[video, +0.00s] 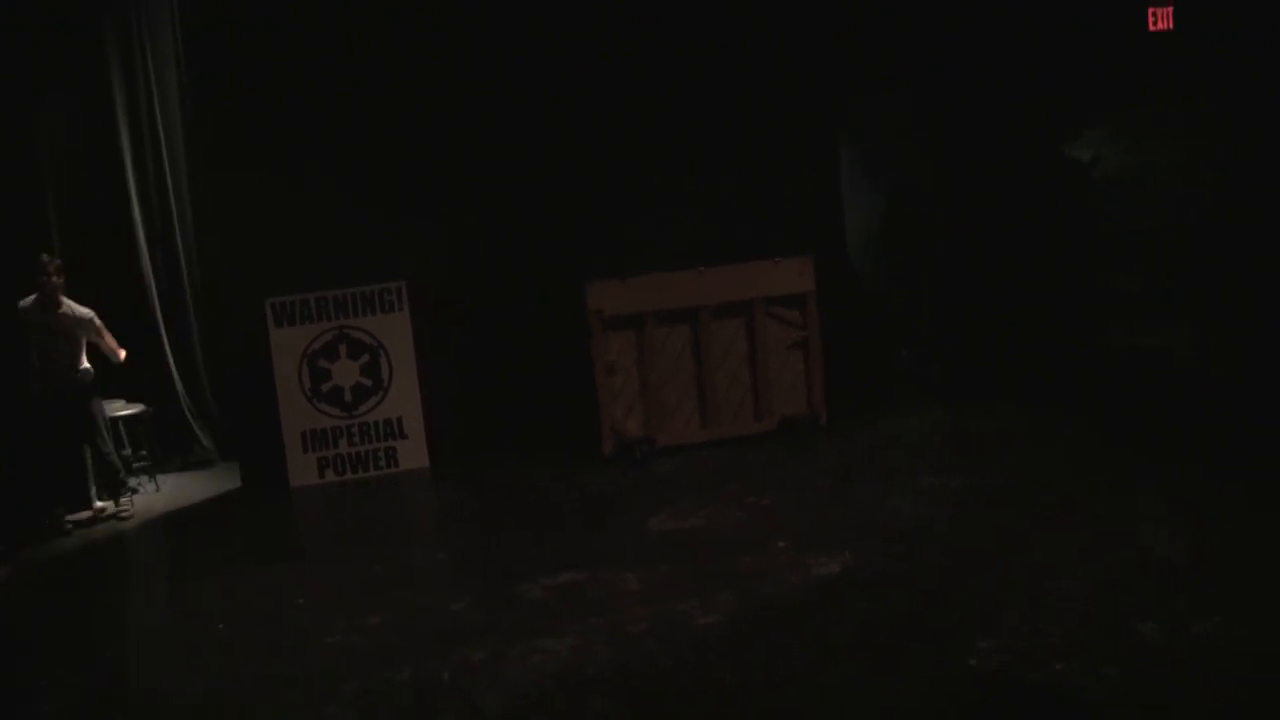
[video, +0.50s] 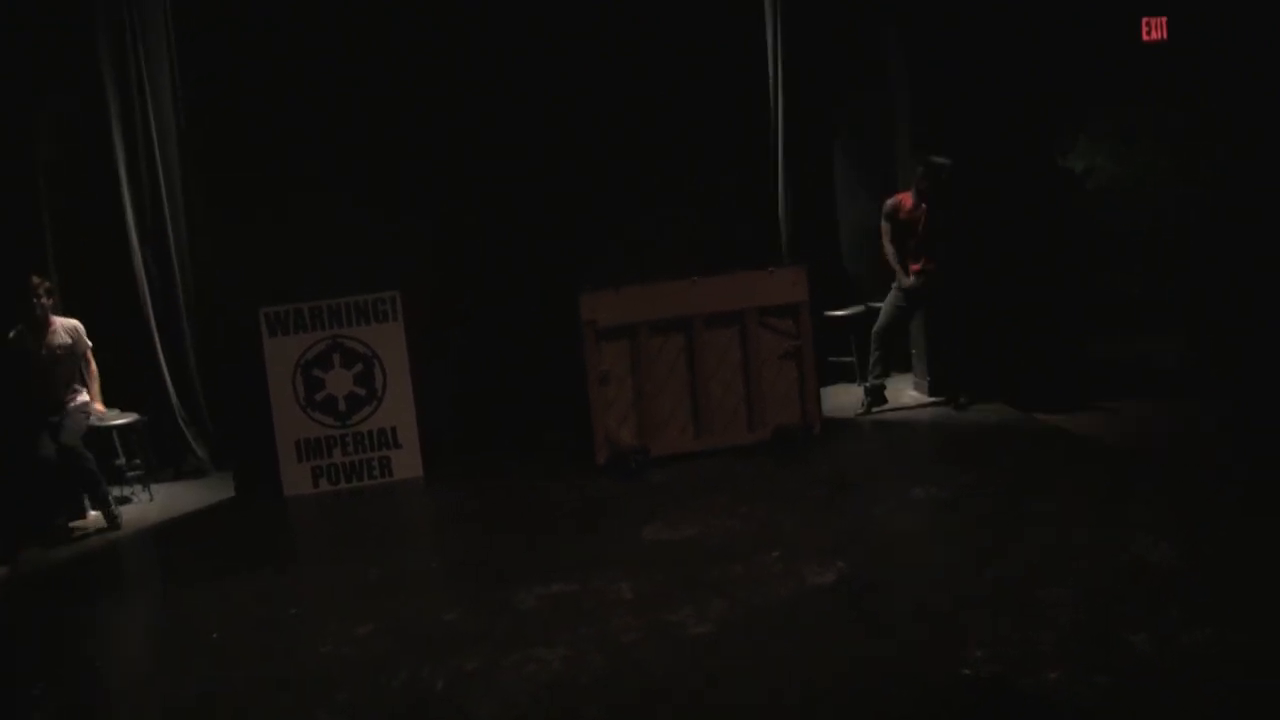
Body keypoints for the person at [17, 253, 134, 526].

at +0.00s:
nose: (49, 282)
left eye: (53, 276)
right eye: (44, 277)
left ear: (62, 279)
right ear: (37, 281)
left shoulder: (82, 316)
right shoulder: (25, 311)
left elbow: (113, 351)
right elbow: (23, 348)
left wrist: (118, 353)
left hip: (79, 384)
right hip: (45, 386)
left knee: (97, 440)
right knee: (51, 446)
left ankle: (121, 493)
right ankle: (55, 509)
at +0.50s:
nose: (36, 303)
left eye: (40, 297)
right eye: (31, 298)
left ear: (50, 299)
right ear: (25, 303)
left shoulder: (71, 328)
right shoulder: (18, 338)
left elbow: (89, 363)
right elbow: (17, 380)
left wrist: (96, 400)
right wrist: (21, 410)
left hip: (72, 400)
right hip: (39, 406)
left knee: (69, 445)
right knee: (44, 457)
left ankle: (105, 506)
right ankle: (55, 521)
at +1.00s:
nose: (34, 330)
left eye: (38, 324)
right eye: (29, 326)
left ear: (48, 326)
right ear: (24, 330)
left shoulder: (71, 353)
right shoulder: (23, 363)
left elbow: (94, 387)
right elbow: (19, 404)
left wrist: (113, 422)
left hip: (78, 426)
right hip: (46, 432)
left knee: (69, 452)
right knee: (44, 463)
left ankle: (103, 511)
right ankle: (59, 523)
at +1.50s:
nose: (65, 343)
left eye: (70, 338)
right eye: (61, 338)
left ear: (80, 343)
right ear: (56, 343)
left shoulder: (95, 379)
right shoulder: (46, 380)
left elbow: (97, 421)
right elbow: (47, 418)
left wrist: (74, 428)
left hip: (98, 436)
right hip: (67, 441)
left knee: (95, 466)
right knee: (60, 470)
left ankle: (111, 513)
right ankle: (70, 521)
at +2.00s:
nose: (88, 297)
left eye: (91, 290)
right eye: (83, 291)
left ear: (100, 294)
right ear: (76, 297)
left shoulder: (121, 327)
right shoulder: (66, 331)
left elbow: (131, 366)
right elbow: (55, 373)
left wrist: (132, 399)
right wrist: (71, 397)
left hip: (116, 405)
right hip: (84, 408)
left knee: (121, 460)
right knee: (92, 465)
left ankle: (134, 511)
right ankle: (100, 521)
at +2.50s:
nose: (89, 315)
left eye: (94, 309)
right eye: (84, 309)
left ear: (105, 313)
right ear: (78, 314)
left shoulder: (120, 356)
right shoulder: (62, 351)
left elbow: (131, 397)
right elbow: (56, 389)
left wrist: (130, 429)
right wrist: (64, 421)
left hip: (109, 431)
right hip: (74, 430)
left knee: (110, 488)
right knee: (85, 488)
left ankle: (109, 545)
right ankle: (94, 548)